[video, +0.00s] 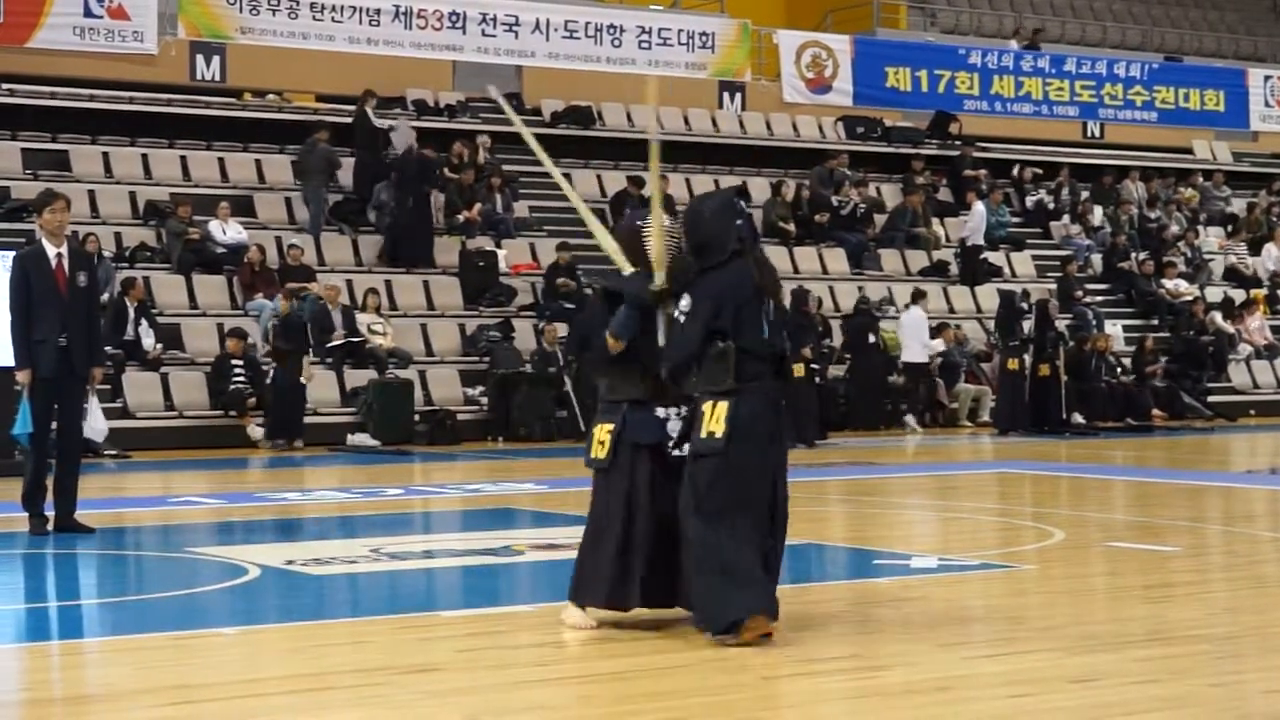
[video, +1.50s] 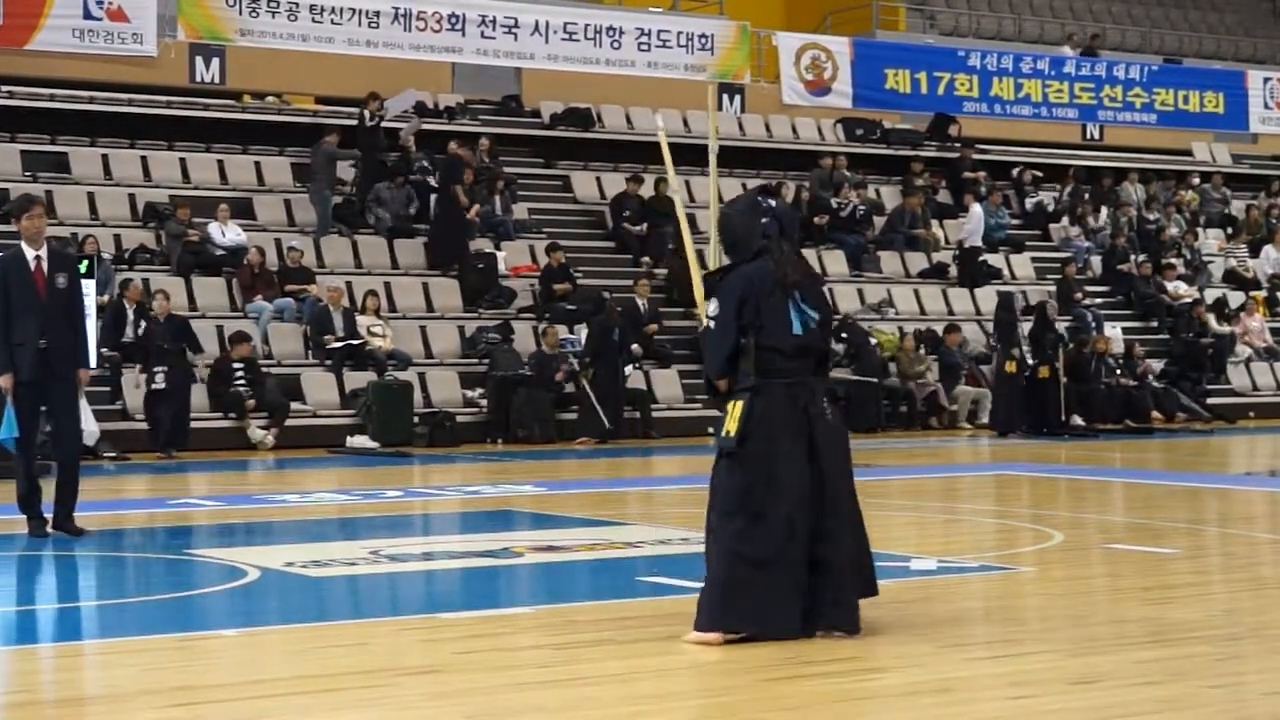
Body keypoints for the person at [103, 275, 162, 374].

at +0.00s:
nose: (143, 290)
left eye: (142, 287)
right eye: (140, 287)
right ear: (130, 291)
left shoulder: (142, 305)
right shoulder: (116, 304)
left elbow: (154, 326)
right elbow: (107, 329)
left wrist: (158, 346)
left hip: (136, 343)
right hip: (118, 343)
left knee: (155, 361)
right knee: (119, 359)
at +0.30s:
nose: (143, 291)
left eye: (142, 288)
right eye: (139, 288)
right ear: (130, 292)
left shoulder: (142, 305)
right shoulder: (115, 304)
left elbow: (154, 326)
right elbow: (108, 326)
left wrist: (158, 346)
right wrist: (108, 345)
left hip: (137, 343)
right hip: (119, 343)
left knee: (155, 361)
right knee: (118, 359)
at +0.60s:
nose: (142, 292)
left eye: (141, 288)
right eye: (139, 289)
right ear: (130, 293)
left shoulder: (142, 306)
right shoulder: (114, 306)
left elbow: (154, 328)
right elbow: (108, 328)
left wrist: (157, 348)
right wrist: (108, 347)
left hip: (136, 344)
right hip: (118, 344)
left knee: (154, 362)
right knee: (117, 360)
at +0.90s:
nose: (142, 292)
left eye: (141, 288)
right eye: (138, 289)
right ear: (129, 293)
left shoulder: (141, 307)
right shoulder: (114, 306)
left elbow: (154, 328)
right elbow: (107, 328)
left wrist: (157, 348)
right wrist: (108, 348)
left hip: (133, 345)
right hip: (116, 346)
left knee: (153, 362)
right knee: (119, 361)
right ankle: (115, 396)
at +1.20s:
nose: (141, 291)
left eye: (140, 288)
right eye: (136, 288)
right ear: (126, 292)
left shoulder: (141, 306)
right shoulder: (114, 306)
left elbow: (153, 327)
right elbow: (108, 328)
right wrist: (108, 347)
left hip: (134, 344)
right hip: (116, 345)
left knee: (149, 361)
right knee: (119, 361)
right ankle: (116, 397)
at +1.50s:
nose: (139, 291)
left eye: (139, 288)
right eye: (135, 288)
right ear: (125, 292)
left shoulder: (142, 307)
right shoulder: (114, 306)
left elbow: (148, 327)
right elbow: (107, 327)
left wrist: (145, 341)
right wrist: (106, 346)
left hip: (135, 343)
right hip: (117, 344)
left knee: (146, 353)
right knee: (116, 360)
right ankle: (116, 395)